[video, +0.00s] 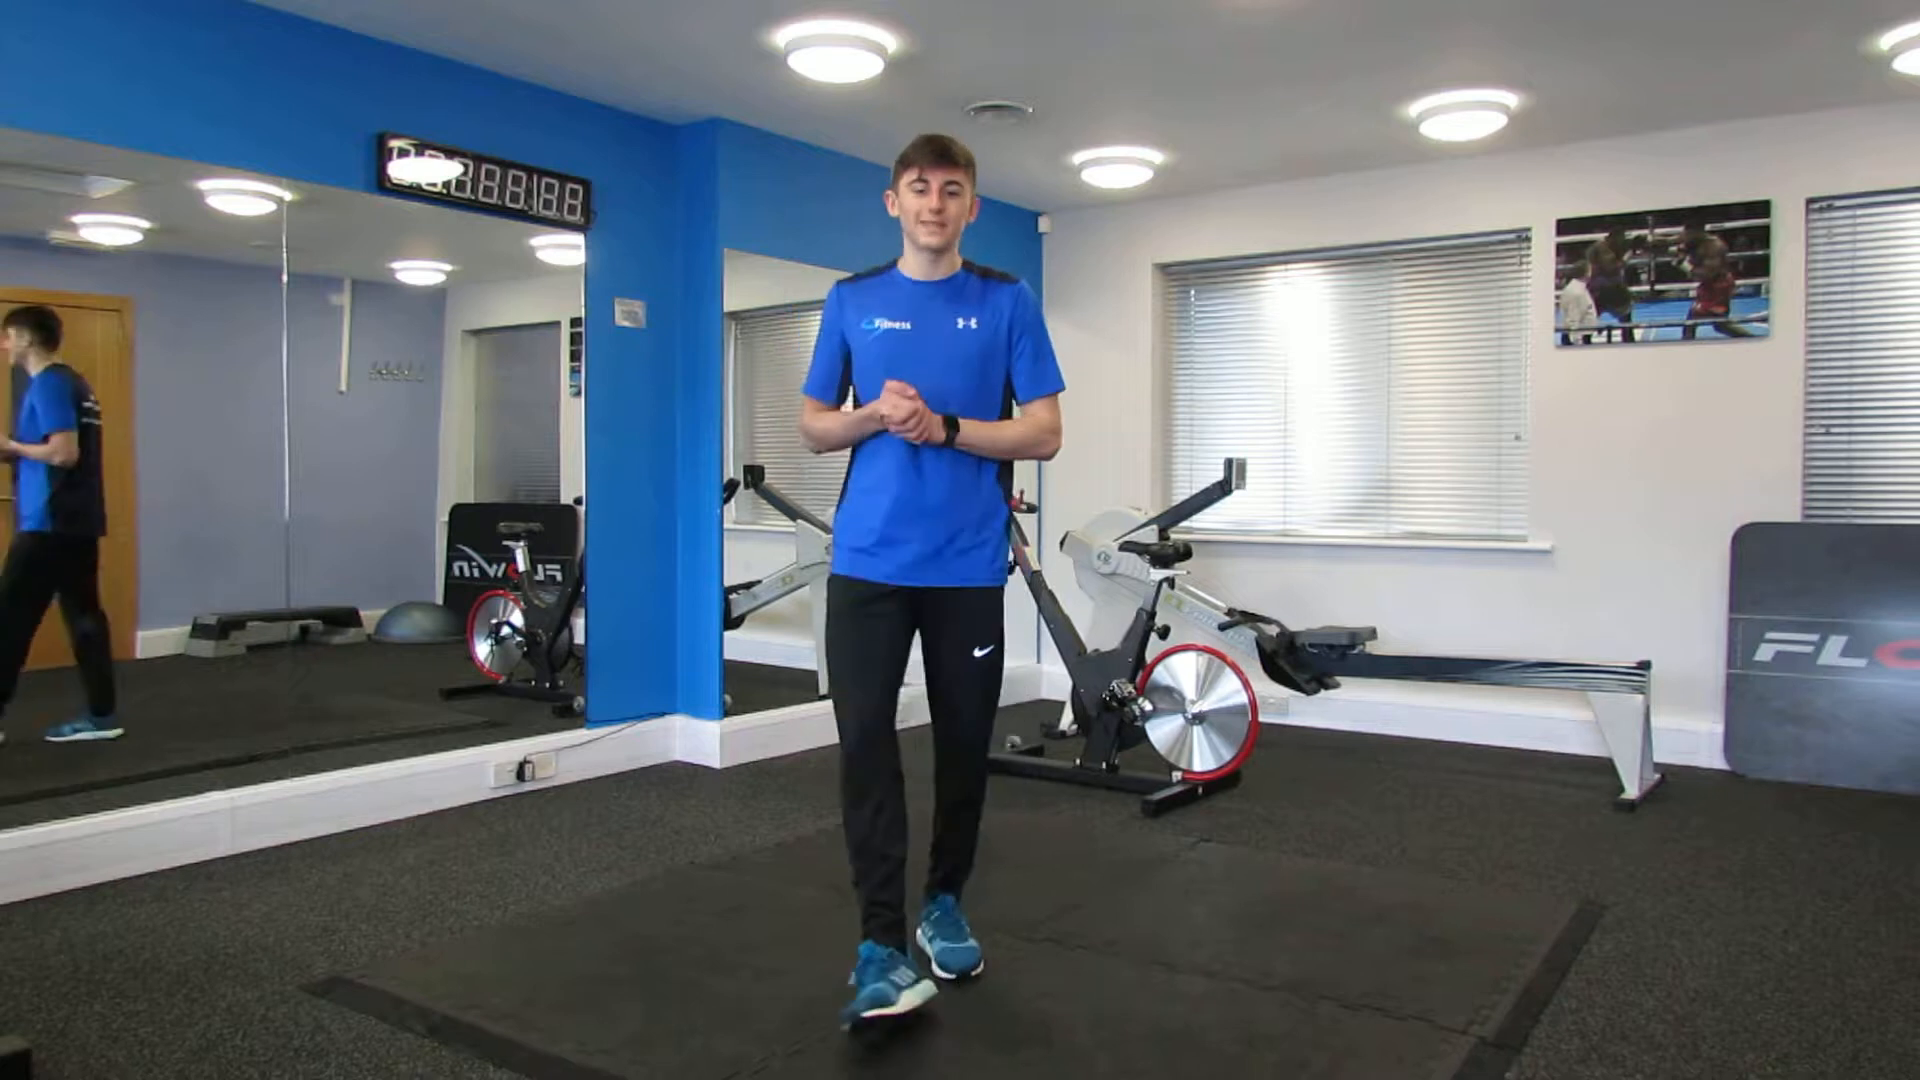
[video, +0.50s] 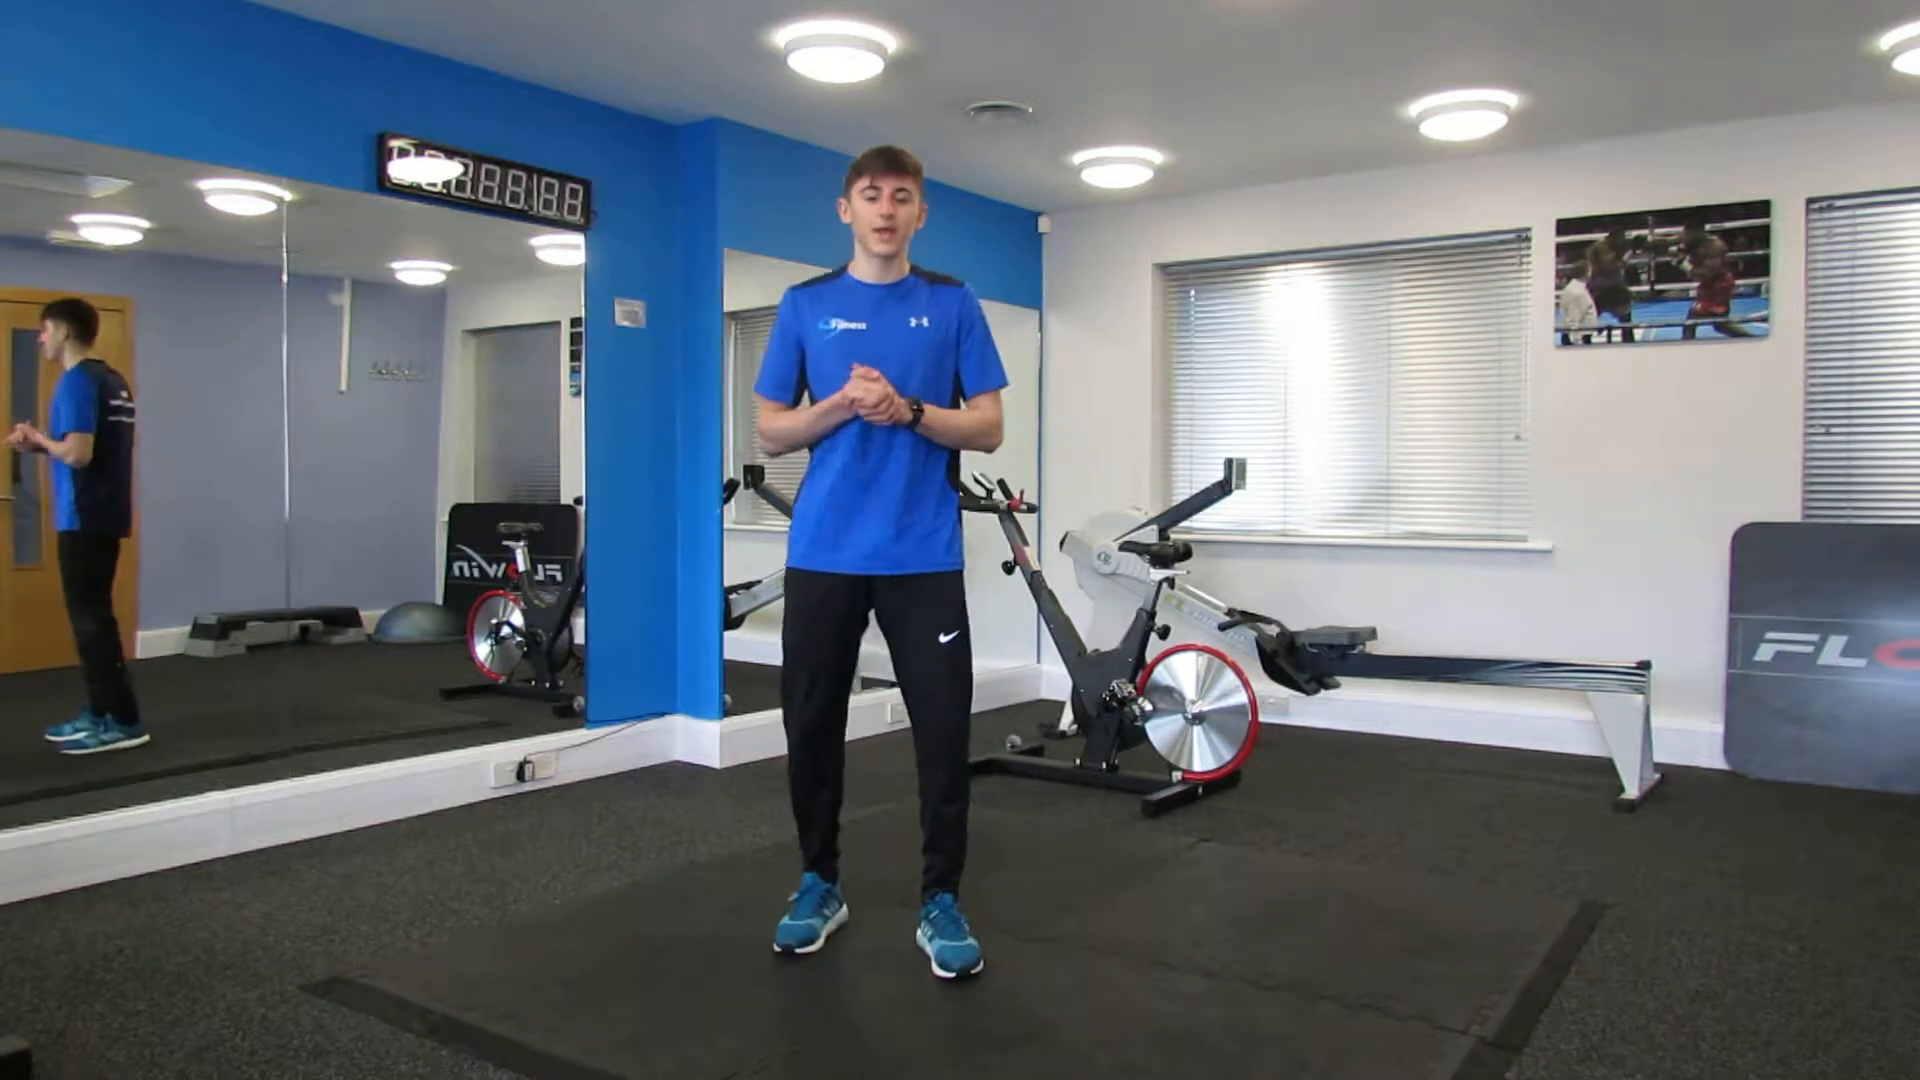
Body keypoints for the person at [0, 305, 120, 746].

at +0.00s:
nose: (5, 347)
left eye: (9, 338)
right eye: (6, 339)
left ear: (27, 340)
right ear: (45, 341)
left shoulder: (48, 384)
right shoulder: (70, 382)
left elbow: (65, 451)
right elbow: (66, 449)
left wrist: (13, 447)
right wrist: (21, 451)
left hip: (46, 529)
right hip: (76, 528)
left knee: (12, 623)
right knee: (85, 616)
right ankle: (102, 714)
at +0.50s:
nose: (40, 338)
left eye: (45, 329)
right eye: (41, 330)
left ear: (65, 333)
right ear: (85, 334)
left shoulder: (78, 379)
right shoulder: (111, 380)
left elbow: (79, 452)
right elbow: (91, 449)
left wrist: (40, 439)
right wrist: (41, 443)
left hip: (83, 523)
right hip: (103, 521)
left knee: (90, 616)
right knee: (93, 615)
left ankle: (121, 718)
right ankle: (101, 713)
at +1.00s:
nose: (40, 335)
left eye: (45, 326)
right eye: (41, 327)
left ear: (65, 328)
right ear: (81, 330)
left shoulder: (91, 376)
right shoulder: (109, 375)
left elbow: (103, 451)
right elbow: (96, 446)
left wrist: (50, 440)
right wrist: (49, 443)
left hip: (98, 524)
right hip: (109, 523)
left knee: (96, 616)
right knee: (104, 615)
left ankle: (124, 719)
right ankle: (117, 715)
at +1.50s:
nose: (36, 336)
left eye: (40, 327)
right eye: (38, 327)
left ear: (58, 328)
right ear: (81, 330)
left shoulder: (79, 377)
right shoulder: (111, 376)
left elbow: (83, 453)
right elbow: (92, 449)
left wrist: (40, 437)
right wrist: (42, 444)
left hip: (91, 522)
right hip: (108, 519)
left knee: (74, 604)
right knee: (83, 604)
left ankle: (122, 717)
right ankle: (109, 709)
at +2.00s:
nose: (9, 345)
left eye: (12, 336)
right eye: (10, 336)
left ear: (27, 335)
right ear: (54, 336)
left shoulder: (43, 381)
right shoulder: (85, 383)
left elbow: (46, 456)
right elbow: (81, 457)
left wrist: (11, 445)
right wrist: (24, 451)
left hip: (57, 529)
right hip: (82, 527)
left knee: (74, 620)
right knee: (51, 619)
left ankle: (124, 719)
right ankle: (36, 718)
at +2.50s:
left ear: (2, 336)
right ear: (22, 333)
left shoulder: (14, 378)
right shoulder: (51, 383)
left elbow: (8, 445)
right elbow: (60, 458)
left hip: (16, 519)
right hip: (46, 519)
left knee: (19, 609)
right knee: (31, 610)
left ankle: (23, 715)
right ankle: (38, 715)